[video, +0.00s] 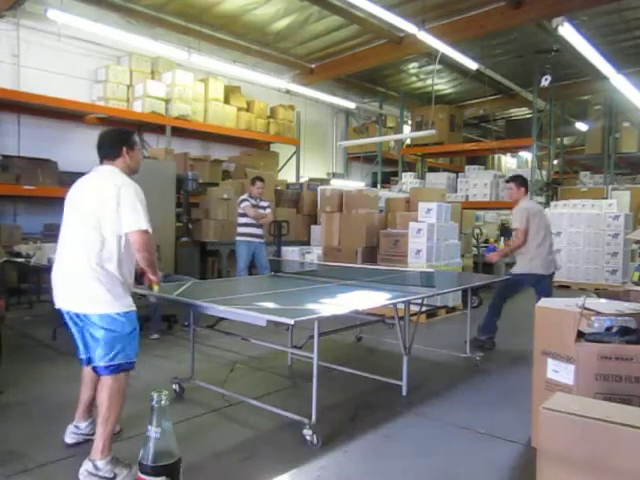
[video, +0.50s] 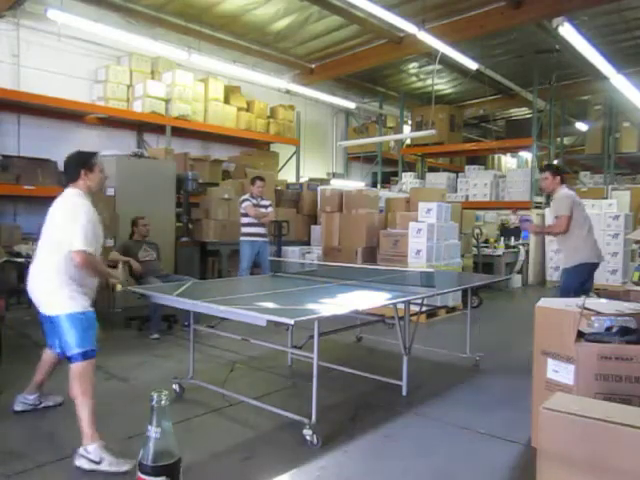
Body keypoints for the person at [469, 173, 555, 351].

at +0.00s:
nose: (507, 194)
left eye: (510, 189)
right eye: (507, 189)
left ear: (521, 190)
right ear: (523, 190)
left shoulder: (521, 209)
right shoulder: (537, 208)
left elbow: (519, 239)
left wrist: (499, 254)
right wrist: (506, 250)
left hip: (528, 268)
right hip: (546, 268)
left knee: (500, 295)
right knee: (546, 312)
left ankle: (485, 336)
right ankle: (549, 347)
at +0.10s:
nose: (521, 194)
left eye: (524, 190)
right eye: (521, 190)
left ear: (535, 190)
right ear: (537, 191)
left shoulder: (536, 209)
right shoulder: (550, 209)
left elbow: (536, 240)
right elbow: (547, 240)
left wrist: (516, 255)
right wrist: (527, 247)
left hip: (544, 270)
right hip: (559, 269)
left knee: (516, 302)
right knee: (560, 312)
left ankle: (490, 334)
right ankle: (564, 346)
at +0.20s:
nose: (531, 192)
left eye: (533, 188)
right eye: (530, 188)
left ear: (545, 187)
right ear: (547, 189)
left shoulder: (547, 207)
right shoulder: (560, 207)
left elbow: (549, 237)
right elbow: (557, 239)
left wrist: (531, 254)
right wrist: (535, 253)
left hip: (556, 267)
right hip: (569, 267)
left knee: (529, 299)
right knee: (566, 310)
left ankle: (504, 335)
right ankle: (567, 345)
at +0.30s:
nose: (537, 188)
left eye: (539, 183)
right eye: (537, 184)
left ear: (551, 183)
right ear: (552, 184)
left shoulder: (555, 202)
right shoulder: (565, 201)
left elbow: (557, 233)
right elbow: (560, 235)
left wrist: (533, 248)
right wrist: (536, 247)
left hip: (563, 263)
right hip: (577, 262)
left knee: (537, 297)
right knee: (571, 305)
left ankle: (526, 337)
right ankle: (572, 342)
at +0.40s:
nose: (540, 184)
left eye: (543, 179)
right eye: (539, 180)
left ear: (555, 180)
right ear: (554, 181)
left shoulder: (560, 196)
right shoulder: (566, 195)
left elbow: (560, 228)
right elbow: (561, 227)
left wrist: (537, 234)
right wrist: (539, 233)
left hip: (572, 259)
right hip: (583, 258)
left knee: (550, 303)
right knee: (574, 303)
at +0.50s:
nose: (542, 184)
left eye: (546, 179)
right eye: (541, 180)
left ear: (557, 179)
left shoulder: (563, 196)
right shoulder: (567, 195)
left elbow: (561, 227)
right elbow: (561, 227)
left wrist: (536, 229)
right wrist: (537, 229)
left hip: (579, 259)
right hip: (587, 258)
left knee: (566, 303)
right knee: (581, 302)